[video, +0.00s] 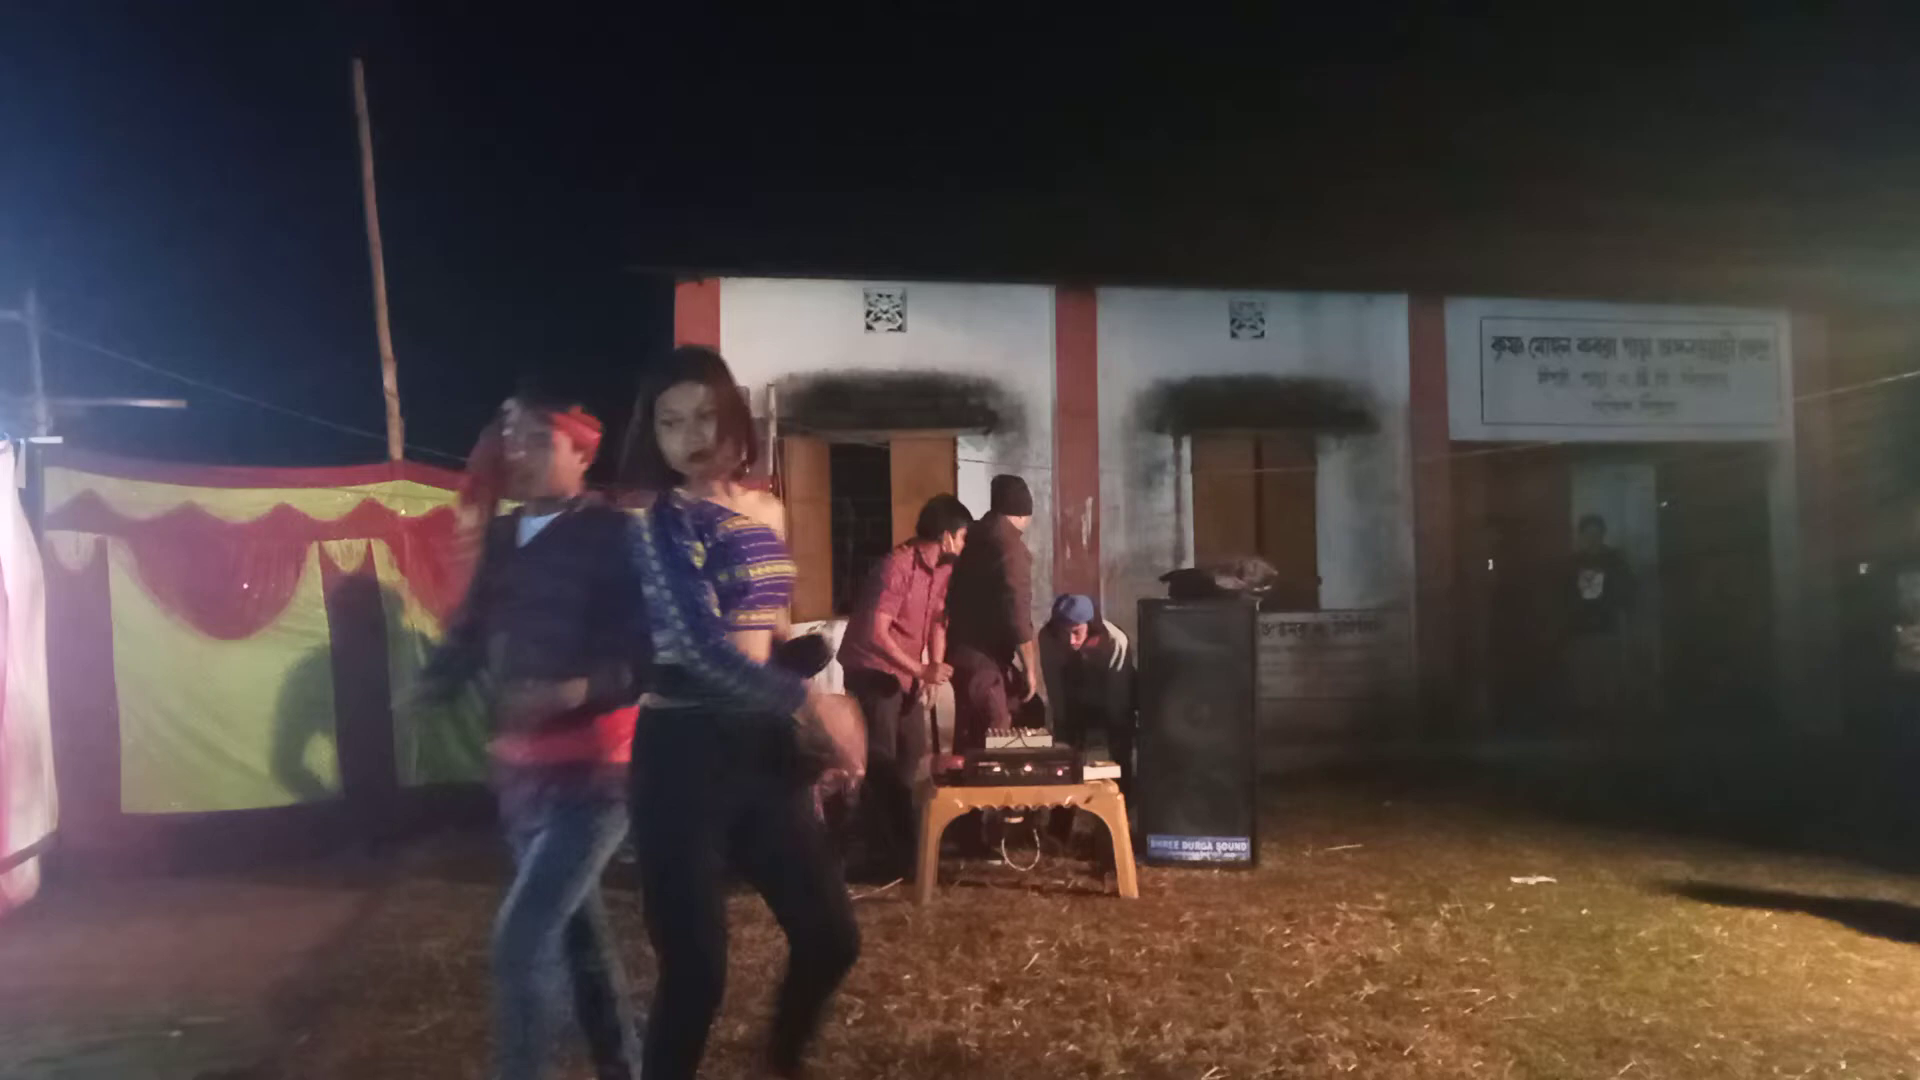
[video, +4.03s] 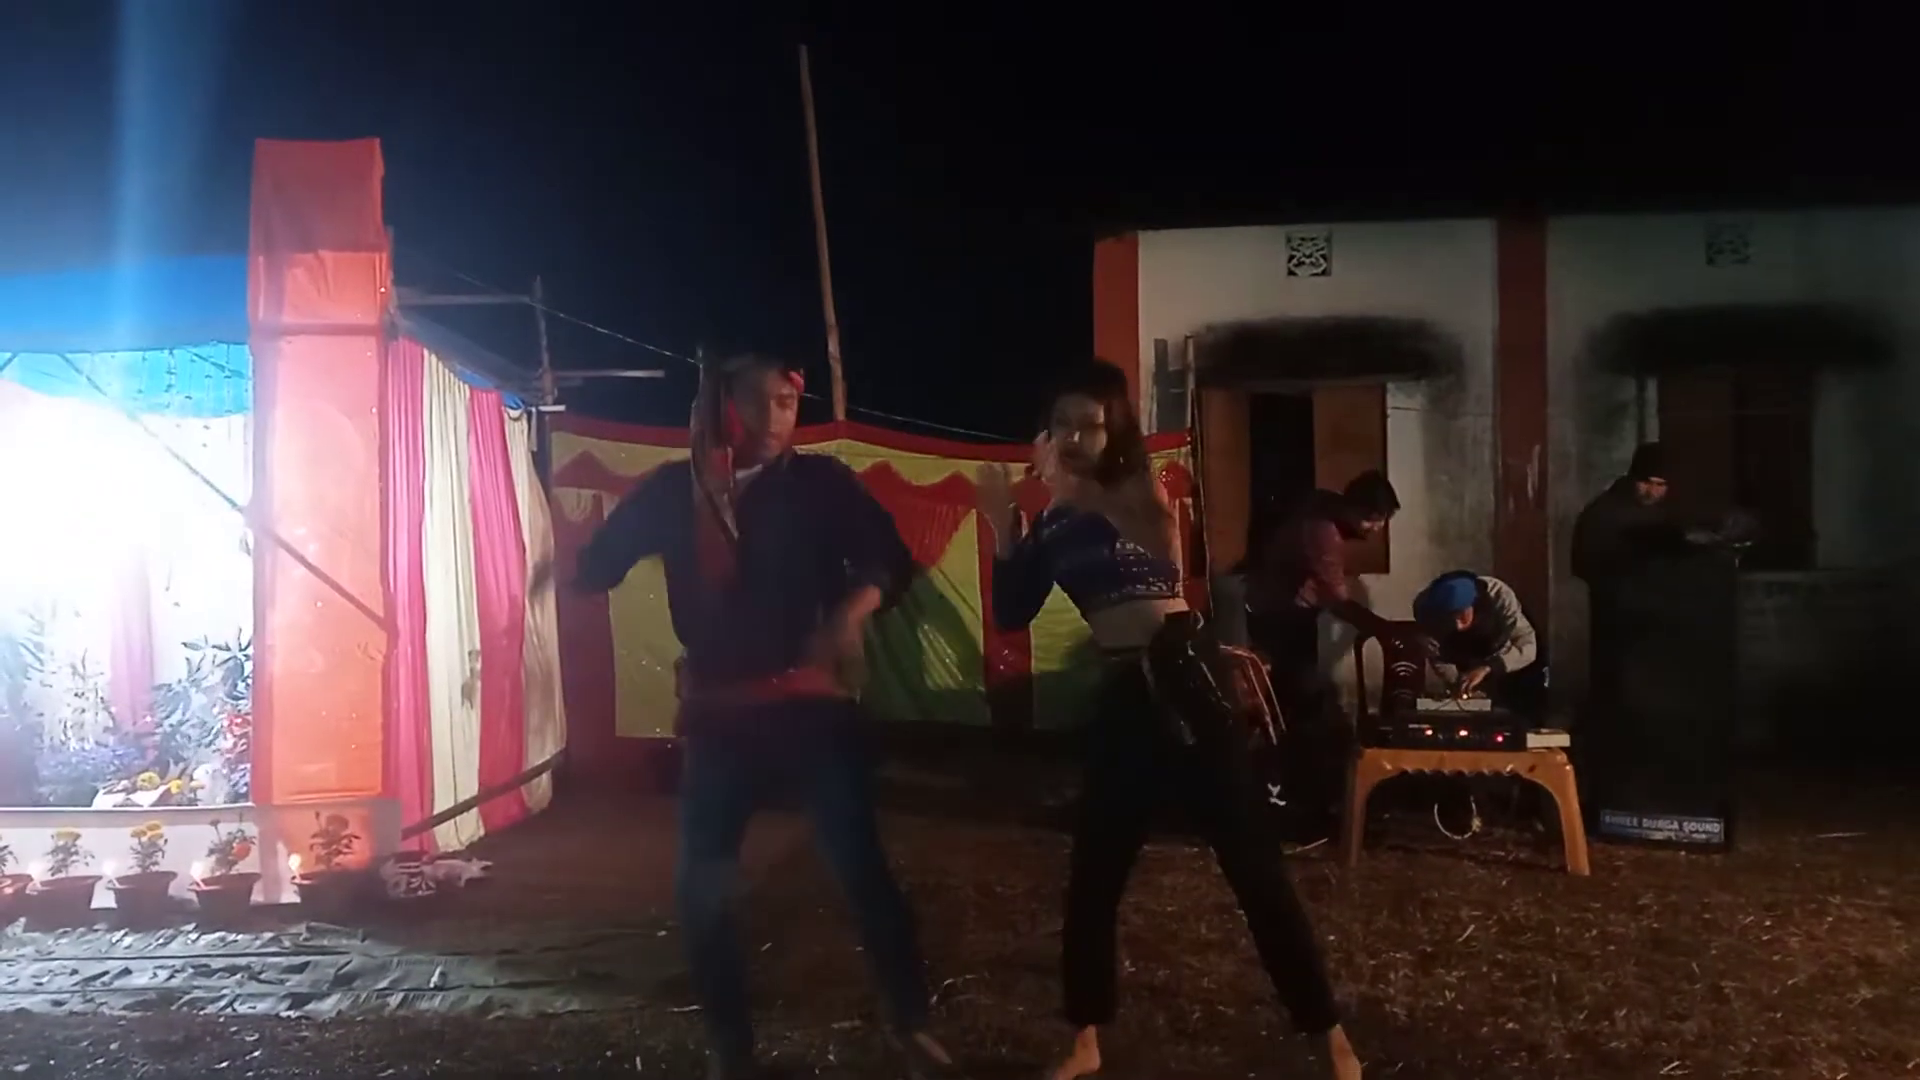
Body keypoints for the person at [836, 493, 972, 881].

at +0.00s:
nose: (963, 544)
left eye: (964, 536)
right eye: (959, 535)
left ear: (949, 534)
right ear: (938, 533)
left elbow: (937, 619)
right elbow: (876, 631)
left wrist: (937, 665)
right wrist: (918, 669)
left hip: (909, 671)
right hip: (875, 670)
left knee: (910, 760)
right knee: (883, 762)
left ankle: (904, 853)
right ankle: (879, 857)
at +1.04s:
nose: (958, 527)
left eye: (959, 520)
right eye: (957, 519)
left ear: (920, 515)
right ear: (947, 519)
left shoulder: (896, 546)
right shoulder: (929, 549)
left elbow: (910, 606)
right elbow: (970, 596)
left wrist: (956, 601)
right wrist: (992, 589)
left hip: (868, 666)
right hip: (892, 668)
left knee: (886, 758)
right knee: (890, 760)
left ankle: (884, 852)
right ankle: (885, 854)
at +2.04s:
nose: (1082, 491)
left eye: (1082, 483)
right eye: (1079, 484)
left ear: (1050, 479)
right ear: (1068, 484)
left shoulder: (1030, 513)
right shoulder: (1041, 520)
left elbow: (1012, 580)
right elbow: (1031, 580)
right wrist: (1051, 634)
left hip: (1017, 635)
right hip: (1025, 637)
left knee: (1026, 720)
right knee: (1030, 722)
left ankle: (1010, 800)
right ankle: (1014, 807)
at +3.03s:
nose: (1328, 480)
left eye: (1329, 472)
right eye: (1326, 472)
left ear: (1287, 469)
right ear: (1313, 472)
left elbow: (1239, 569)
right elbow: (1330, 588)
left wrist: (1228, 621)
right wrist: (1348, 638)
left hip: (1254, 632)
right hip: (1299, 633)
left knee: (1260, 723)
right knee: (1295, 727)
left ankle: (1243, 813)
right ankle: (1288, 819)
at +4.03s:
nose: (1377, 528)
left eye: (1381, 522)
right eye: (1377, 520)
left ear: (1355, 500)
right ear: (1363, 511)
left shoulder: (1323, 511)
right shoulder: (1321, 529)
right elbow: (1337, 600)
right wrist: (1388, 630)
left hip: (1286, 616)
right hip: (1285, 620)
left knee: (1303, 711)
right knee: (1307, 713)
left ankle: (1308, 809)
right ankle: (1308, 816)